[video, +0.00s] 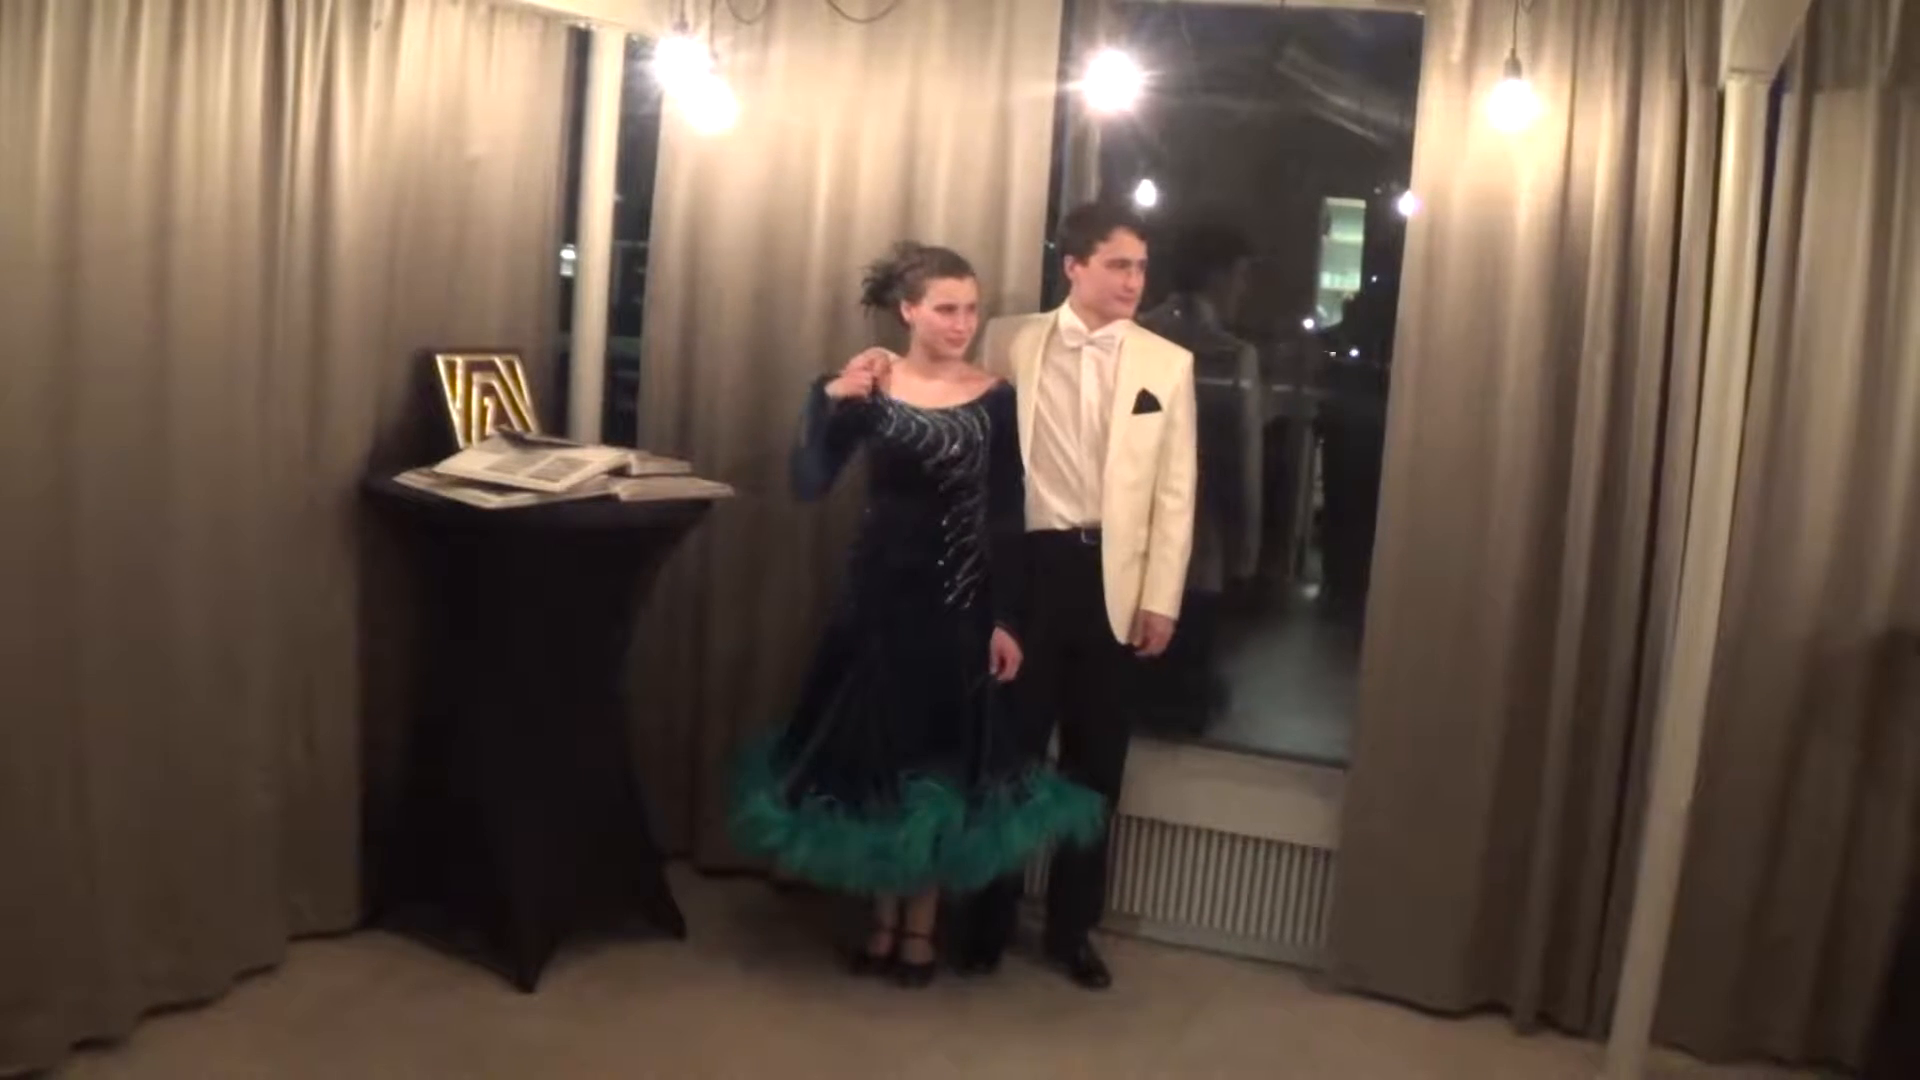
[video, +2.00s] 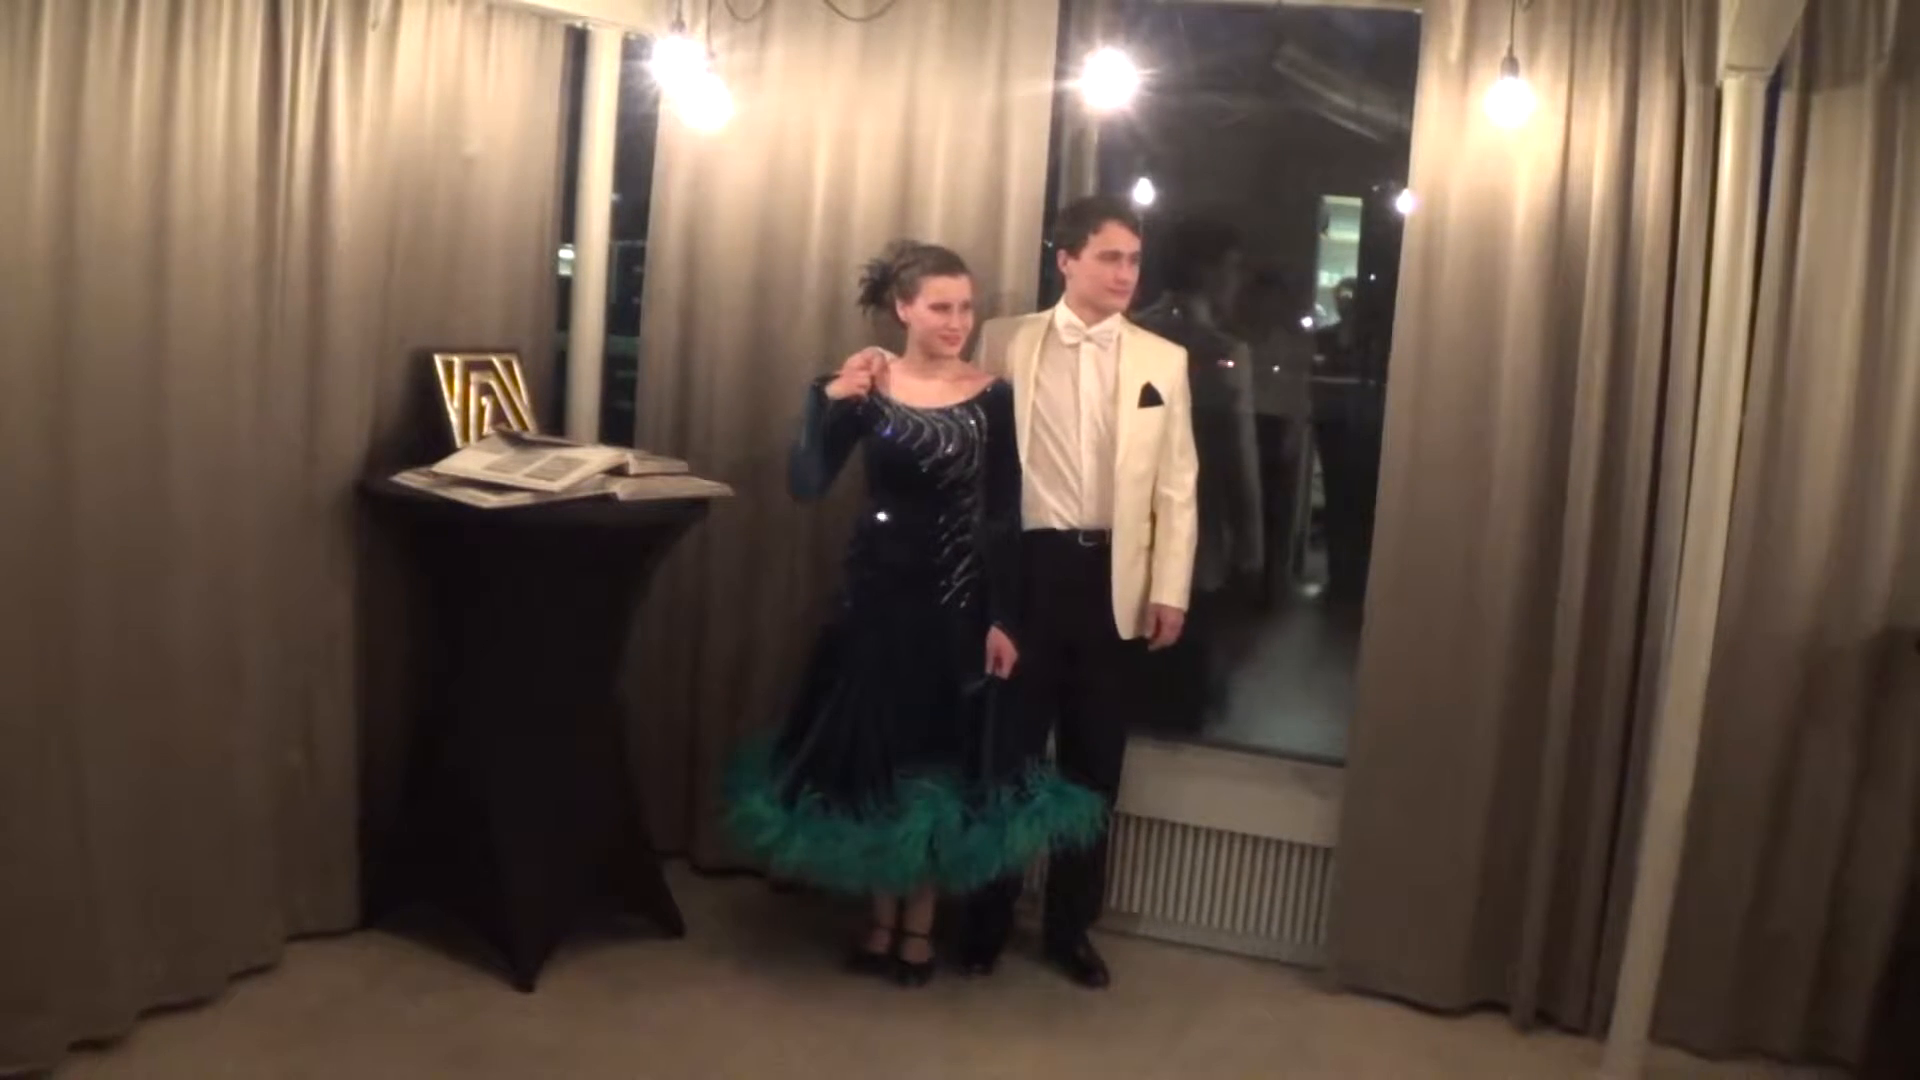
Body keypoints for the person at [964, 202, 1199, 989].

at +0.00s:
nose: (1133, 281)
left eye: (1141, 268)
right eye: (1118, 265)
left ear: (1147, 278)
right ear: (1072, 268)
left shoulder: (1169, 366)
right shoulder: (1011, 342)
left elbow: (1177, 492)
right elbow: (971, 456)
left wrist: (1163, 597)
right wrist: (965, 566)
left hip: (1112, 576)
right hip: (1021, 567)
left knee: (1097, 758)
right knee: (1008, 742)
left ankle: (1073, 928)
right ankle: (982, 922)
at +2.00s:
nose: (1125, 274)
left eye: (1134, 262)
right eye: (1110, 258)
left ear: (1142, 273)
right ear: (1065, 261)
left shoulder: (1164, 362)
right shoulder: (1008, 344)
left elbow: (1179, 485)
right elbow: (967, 457)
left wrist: (1170, 588)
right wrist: (962, 569)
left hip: (1115, 575)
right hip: (1021, 567)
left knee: (1095, 758)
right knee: (1007, 744)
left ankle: (1070, 928)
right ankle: (981, 923)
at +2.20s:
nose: (1124, 275)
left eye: (1133, 262)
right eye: (1109, 259)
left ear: (1141, 272)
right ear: (1064, 262)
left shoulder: (1163, 362)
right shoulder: (1007, 343)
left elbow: (1177, 485)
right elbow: (967, 457)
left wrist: (1169, 588)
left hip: (1114, 575)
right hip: (1020, 567)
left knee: (1094, 756)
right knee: (1005, 742)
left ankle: (1071, 926)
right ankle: (980, 921)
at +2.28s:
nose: (1124, 274)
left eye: (1133, 262)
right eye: (1109, 258)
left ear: (1140, 273)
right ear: (1064, 262)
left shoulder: (1162, 362)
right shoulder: (1007, 342)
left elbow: (1177, 485)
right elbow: (966, 453)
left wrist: (1169, 588)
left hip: (1114, 576)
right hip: (1020, 567)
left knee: (1094, 756)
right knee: (1006, 742)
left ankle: (1071, 926)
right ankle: (980, 920)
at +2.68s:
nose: (1112, 271)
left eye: (1123, 257)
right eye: (1097, 257)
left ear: (1135, 266)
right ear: (1059, 263)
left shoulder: (1167, 355)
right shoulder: (1009, 333)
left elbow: (1202, 475)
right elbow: (941, 375)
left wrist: (1185, 580)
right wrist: (879, 358)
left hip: (1116, 572)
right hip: (1023, 561)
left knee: (1097, 754)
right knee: (1009, 739)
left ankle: (1070, 926)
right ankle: (984, 922)